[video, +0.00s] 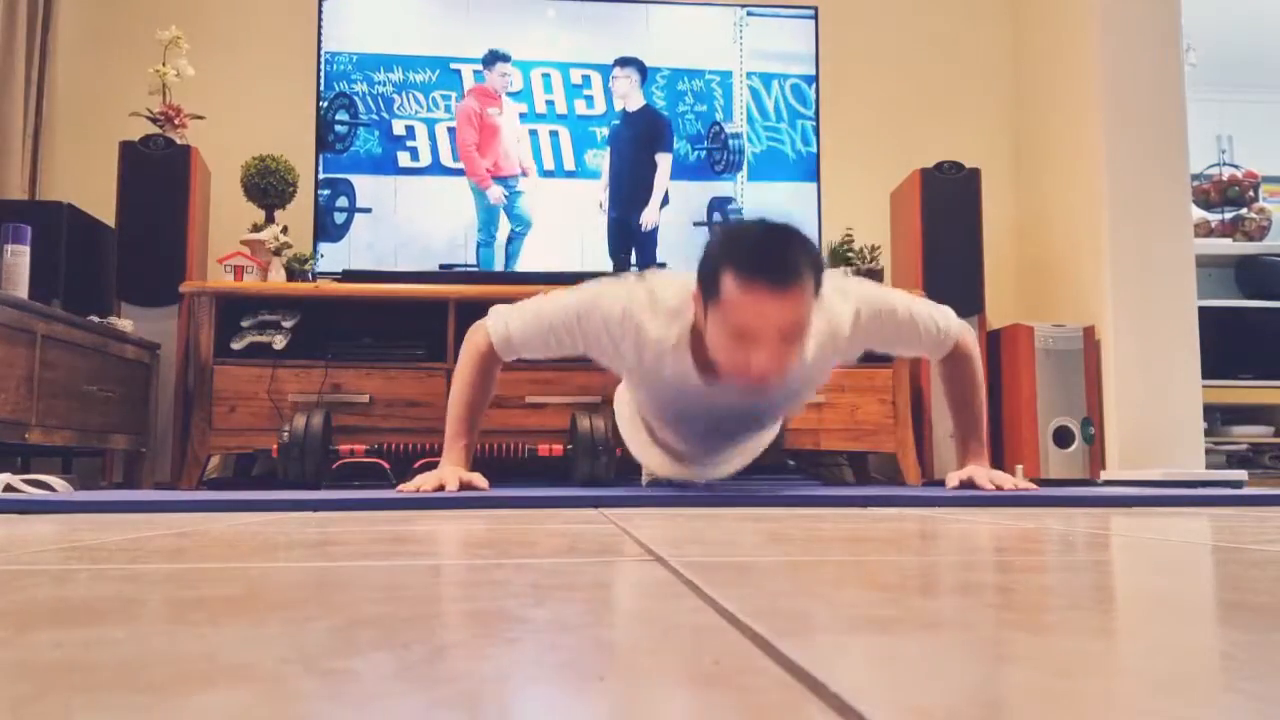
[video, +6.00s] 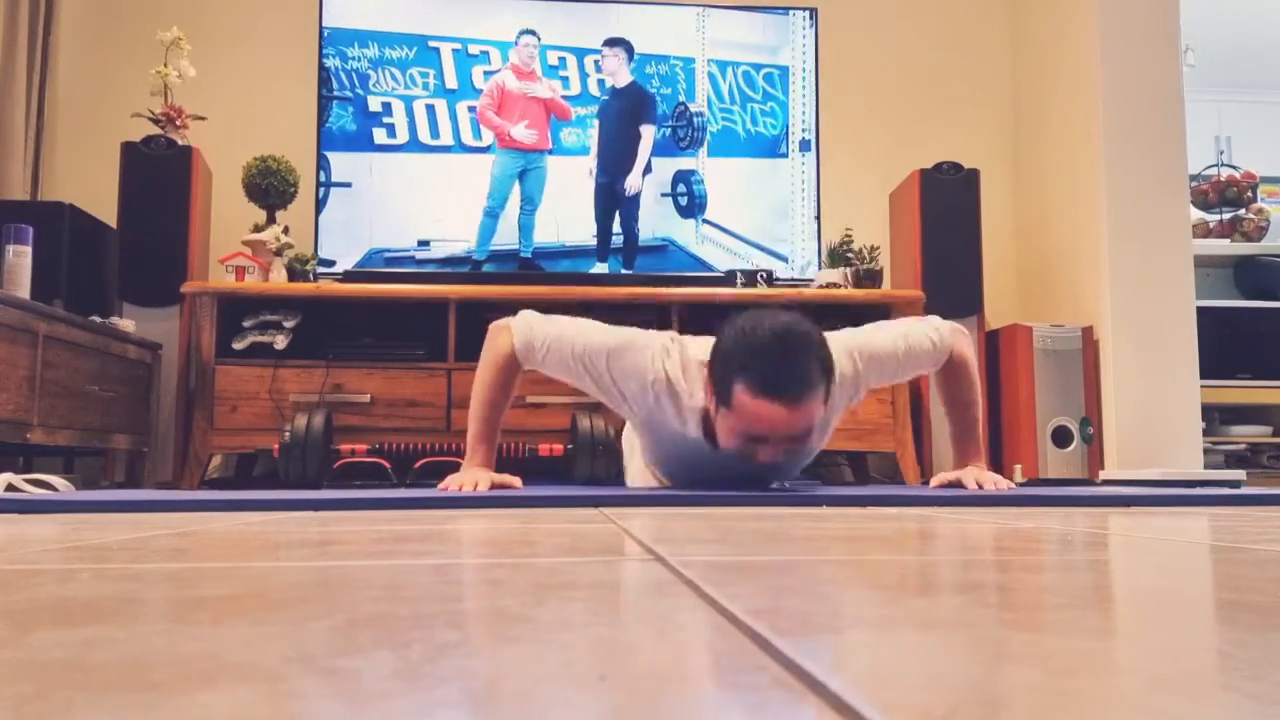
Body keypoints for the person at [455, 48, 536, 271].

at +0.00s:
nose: (508, 81)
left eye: (510, 75)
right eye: (502, 75)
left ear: (511, 76)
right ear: (487, 74)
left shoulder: (508, 104)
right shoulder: (470, 105)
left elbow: (517, 140)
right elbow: (466, 150)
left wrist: (526, 165)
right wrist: (488, 186)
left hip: (511, 179)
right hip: (486, 181)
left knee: (523, 222)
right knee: (487, 235)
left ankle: (510, 274)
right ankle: (487, 284)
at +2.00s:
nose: (527, 67)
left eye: (529, 62)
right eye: (522, 62)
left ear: (531, 65)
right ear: (507, 63)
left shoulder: (538, 97)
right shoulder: (490, 97)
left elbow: (556, 130)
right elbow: (475, 133)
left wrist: (555, 150)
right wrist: (475, 169)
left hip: (534, 171)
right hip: (502, 171)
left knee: (532, 224)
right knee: (500, 225)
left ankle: (536, 272)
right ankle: (492, 270)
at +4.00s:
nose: (542, 66)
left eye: (543, 61)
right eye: (537, 62)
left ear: (544, 61)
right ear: (523, 62)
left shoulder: (549, 89)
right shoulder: (507, 92)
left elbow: (572, 99)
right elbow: (498, 129)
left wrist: (593, 104)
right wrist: (532, 142)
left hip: (545, 163)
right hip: (518, 163)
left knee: (541, 213)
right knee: (510, 212)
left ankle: (543, 260)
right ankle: (500, 258)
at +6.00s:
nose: (531, 50)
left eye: (535, 46)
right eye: (526, 45)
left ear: (539, 51)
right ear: (515, 48)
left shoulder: (545, 84)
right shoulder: (501, 79)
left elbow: (568, 115)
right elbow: (483, 112)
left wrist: (548, 95)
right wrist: (510, 130)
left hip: (537, 156)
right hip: (508, 154)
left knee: (530, 207)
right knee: (494, 207)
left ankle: (526, 258)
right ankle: (479, 259)